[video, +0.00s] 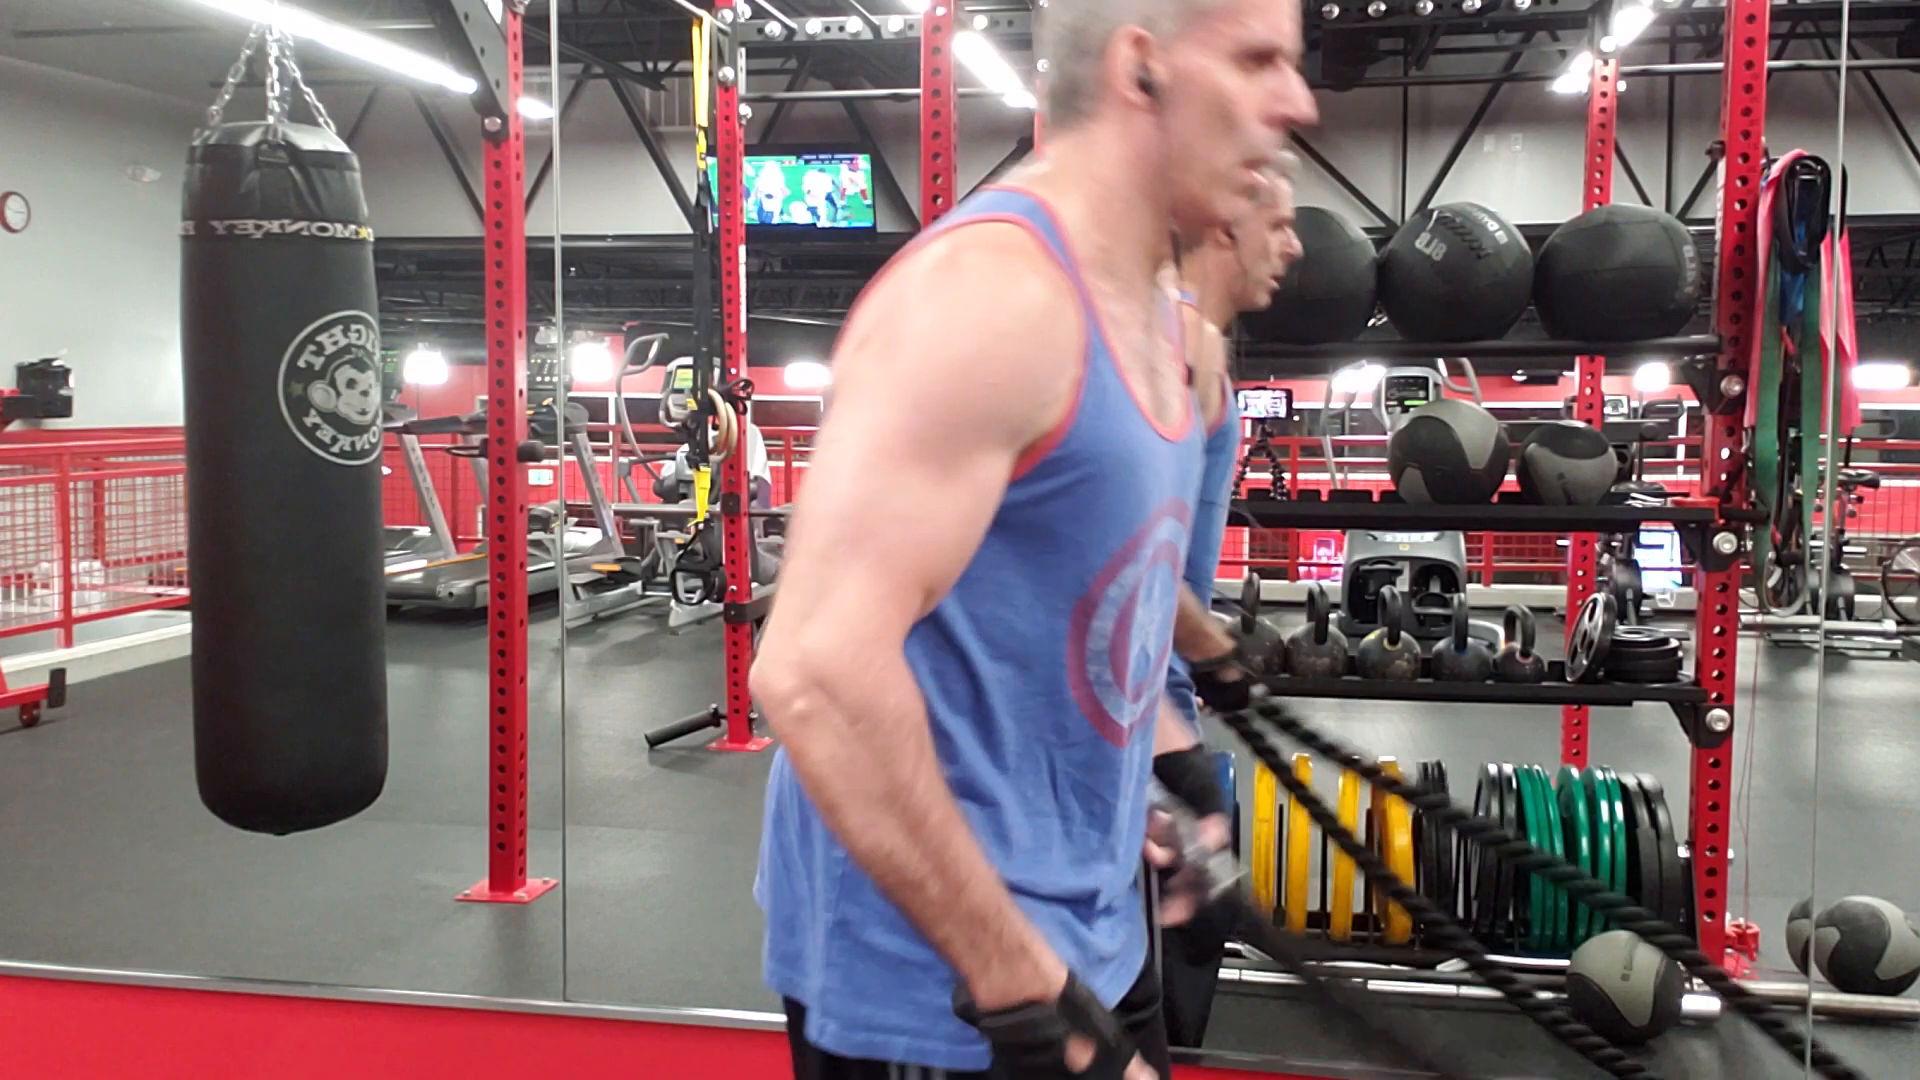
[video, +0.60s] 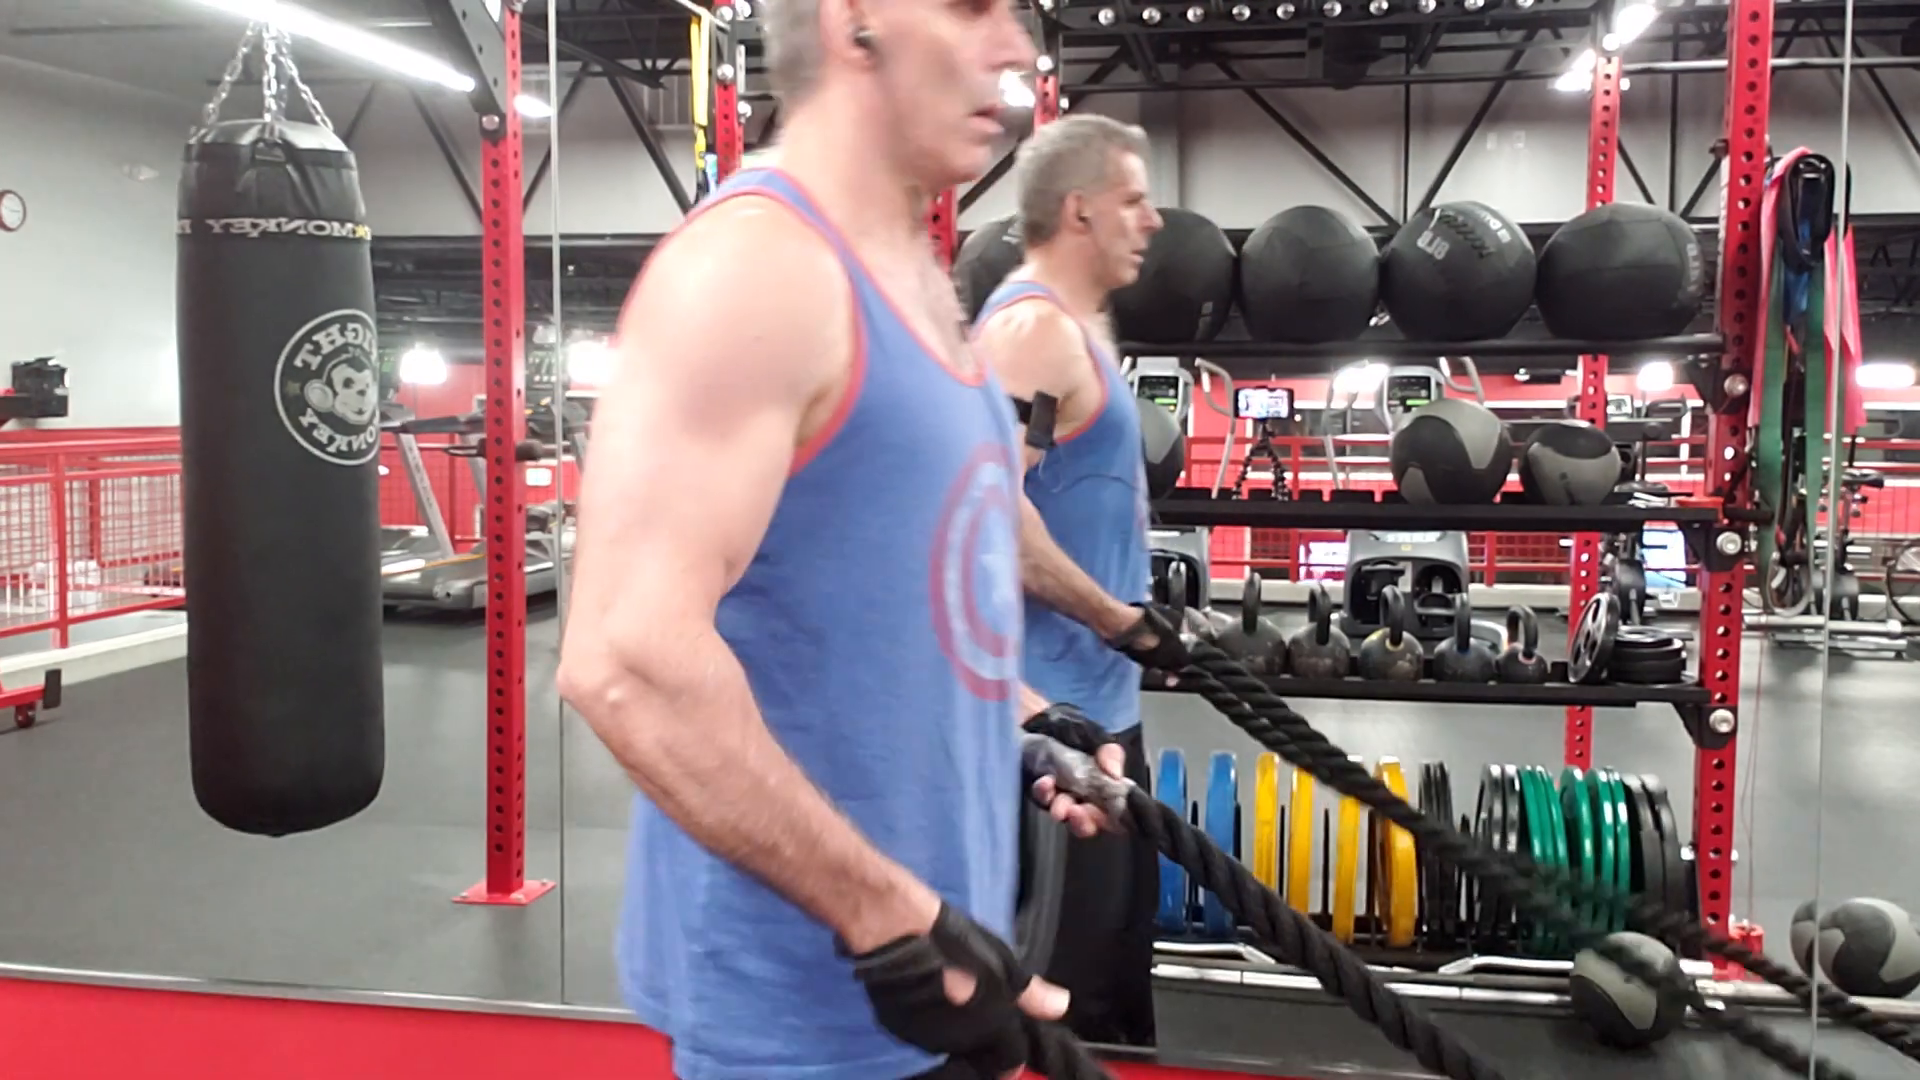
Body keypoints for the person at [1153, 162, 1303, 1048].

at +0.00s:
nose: (1291, 249)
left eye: (1291, 229)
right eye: (1278, 225)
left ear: (1224, 235)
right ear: (1218, 227)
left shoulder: (1206, 345)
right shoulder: (1186, 342)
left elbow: (1162, 541)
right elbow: (1127, 549)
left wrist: (1213, 638)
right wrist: (1211, 641)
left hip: (1165, 697)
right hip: (1146, 703)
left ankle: (1168, 1040)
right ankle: (1161, 1043)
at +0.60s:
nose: (1153, 220)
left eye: (1150, 199)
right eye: (1137, 199)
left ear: (1078, 212)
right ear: (1076, 211)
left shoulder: (1076, 326)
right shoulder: (1038, 329)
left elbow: (1025, 502)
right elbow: (989, 504)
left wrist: (1127, 612)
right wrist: (1115, 618)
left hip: (1094, 704)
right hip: (1053, 713)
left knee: (1099, 970)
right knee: (1062, 968)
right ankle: (1040, 1065)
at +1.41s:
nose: (1005, 218)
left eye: (1002, 197)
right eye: (987, 197)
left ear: (937, 209)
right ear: (931, 207)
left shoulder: (935, 321)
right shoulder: (891, 323)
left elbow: (958, 511)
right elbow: (882, 514)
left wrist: (1058, 582)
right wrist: (1030, 615)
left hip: (944, 685)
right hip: (898, 693)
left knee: (944, 933)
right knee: (937, 940)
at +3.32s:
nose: (1068, 285)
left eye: (1068, 263)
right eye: (1054, 261)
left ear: (999, 267)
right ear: (997, 265)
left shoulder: (964, 378)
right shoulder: (934, 375)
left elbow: (955, 575)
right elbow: (899, 576)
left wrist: (1025, 678)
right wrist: (1015, 699)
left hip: (940, 725)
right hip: (897, 733)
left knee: (989, 944)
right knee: (962, 964)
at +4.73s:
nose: (1034, 285)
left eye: (1034, 264)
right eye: (1020, 262)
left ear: (966, 269)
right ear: (963, 267)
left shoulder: (943, 391)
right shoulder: (899, 393)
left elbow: (1000, 543)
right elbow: (871, 594)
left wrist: (1105, 612)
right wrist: (989, 721)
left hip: (924, 743)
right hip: (874, 752)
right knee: (989, 945)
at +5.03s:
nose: (1034, 297)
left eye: (1035, 277)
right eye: (1019, 275)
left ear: (959, 279)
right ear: (957, 276)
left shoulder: (947, 393)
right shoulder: (898, 386)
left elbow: (946, 577)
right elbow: (916, 570)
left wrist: (1031, 659)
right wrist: (1076, 589)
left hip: (926, 715)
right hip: (866, 725)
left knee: (1022, 907)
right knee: (976, 929)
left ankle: (979, 1061)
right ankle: (952, 1068)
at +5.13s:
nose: (1032, 301)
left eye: (1032, 281)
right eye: (1018, 279)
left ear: (961, 283)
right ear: (955, 280)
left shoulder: (941, 394)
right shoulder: (899, 388)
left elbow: (969, 565)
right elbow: (950, 563)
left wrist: (1076, 574)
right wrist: (1084, 544)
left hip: (930, 716)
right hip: (872, 725)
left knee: (1024, 907)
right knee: (996, 929)